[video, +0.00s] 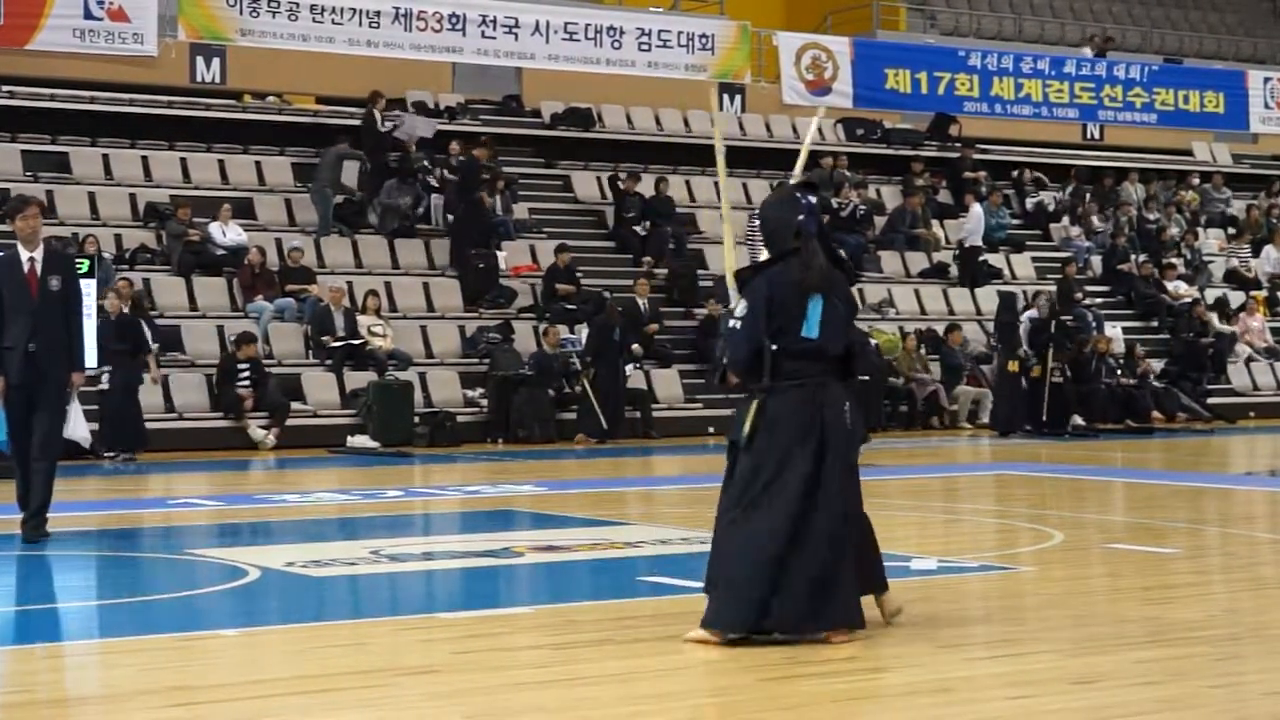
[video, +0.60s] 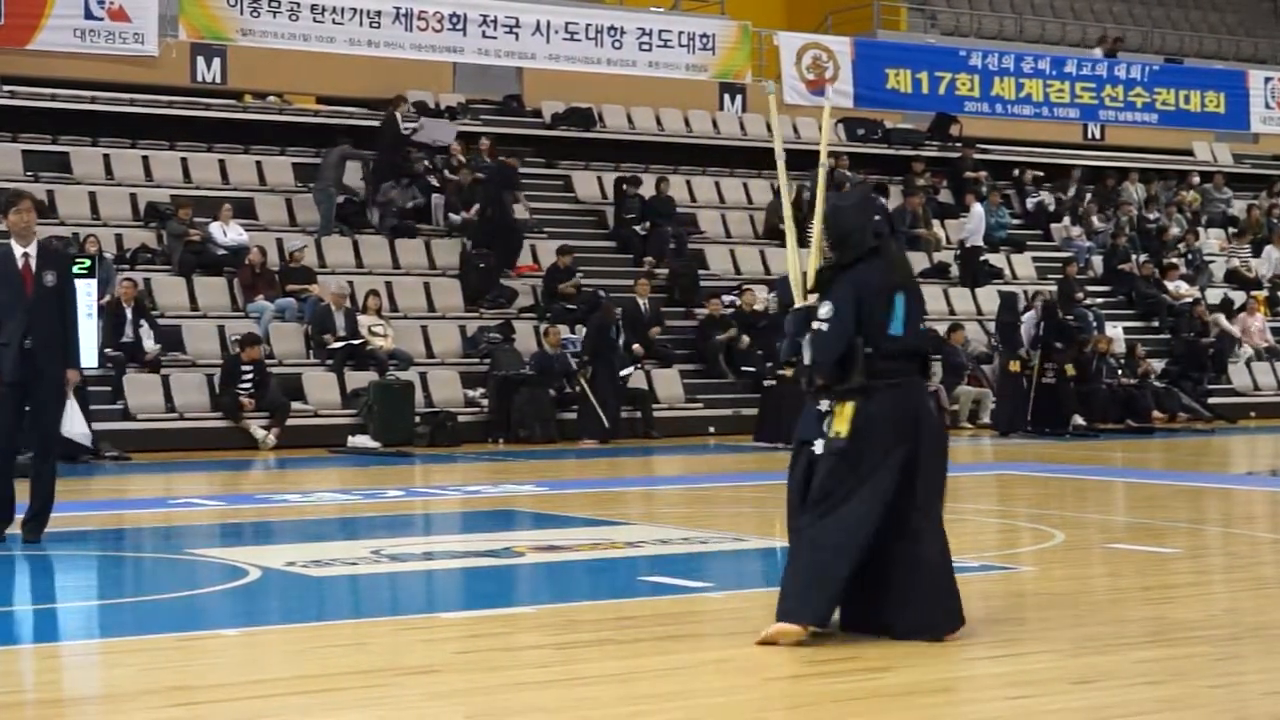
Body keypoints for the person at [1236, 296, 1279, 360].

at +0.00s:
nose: (1252, 310)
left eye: (1253, 308)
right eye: (1250, 308)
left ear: (1256, 307)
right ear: (1246, 308)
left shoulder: (1260, 317)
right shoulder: (1242, 316)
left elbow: (1265, 331)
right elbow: (1241, 331)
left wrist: (1271, 343)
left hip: (1260, 340)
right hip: (1249, 340)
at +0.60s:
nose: (1252, 306)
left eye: (1254, 304)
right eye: (1250, 304)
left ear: (1257, 305)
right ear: (1246, 306)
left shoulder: (1260, 317)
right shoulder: (1241, 317)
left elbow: (1266, 331)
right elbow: (1237, 331)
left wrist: (1272, 343)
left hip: (1261, 342)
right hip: (1249, 343)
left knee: (1276, 350)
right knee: (1259, 351)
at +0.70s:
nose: (1252, 306)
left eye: (1254, 304)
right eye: (1250, 304)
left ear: (1257, 305)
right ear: (1246, 306)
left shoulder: (1261, 317)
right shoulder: (1242, 317)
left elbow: (1267, 331)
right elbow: (1237, 329)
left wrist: (1272, 343)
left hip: (1262, 342)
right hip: (1249, 343)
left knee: (1276, 350)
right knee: (1260, 351)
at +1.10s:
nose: (1251, 305)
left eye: (1253, 303)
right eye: (1249, 303)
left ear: (1257, 304)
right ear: (1246, 305)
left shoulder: (1261, 316)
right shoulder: (1242, 315)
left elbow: (1266, 331)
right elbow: (1237, 329)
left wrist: (1272, 342)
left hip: (1261, 342)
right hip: (1248, 342)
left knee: (1276, 350)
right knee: (1260, 352)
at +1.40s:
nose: (1250, 305)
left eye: (1251, 302)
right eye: (1247, 303)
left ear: (1255, 304)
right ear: (1244, 305)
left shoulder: (1258, 315)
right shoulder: (1240, 316)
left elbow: (1266, 329)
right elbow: (1238, 332)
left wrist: (1272, 342)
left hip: (1262, 341)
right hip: (1249, 343)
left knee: (1276, 351)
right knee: (1260, 352)